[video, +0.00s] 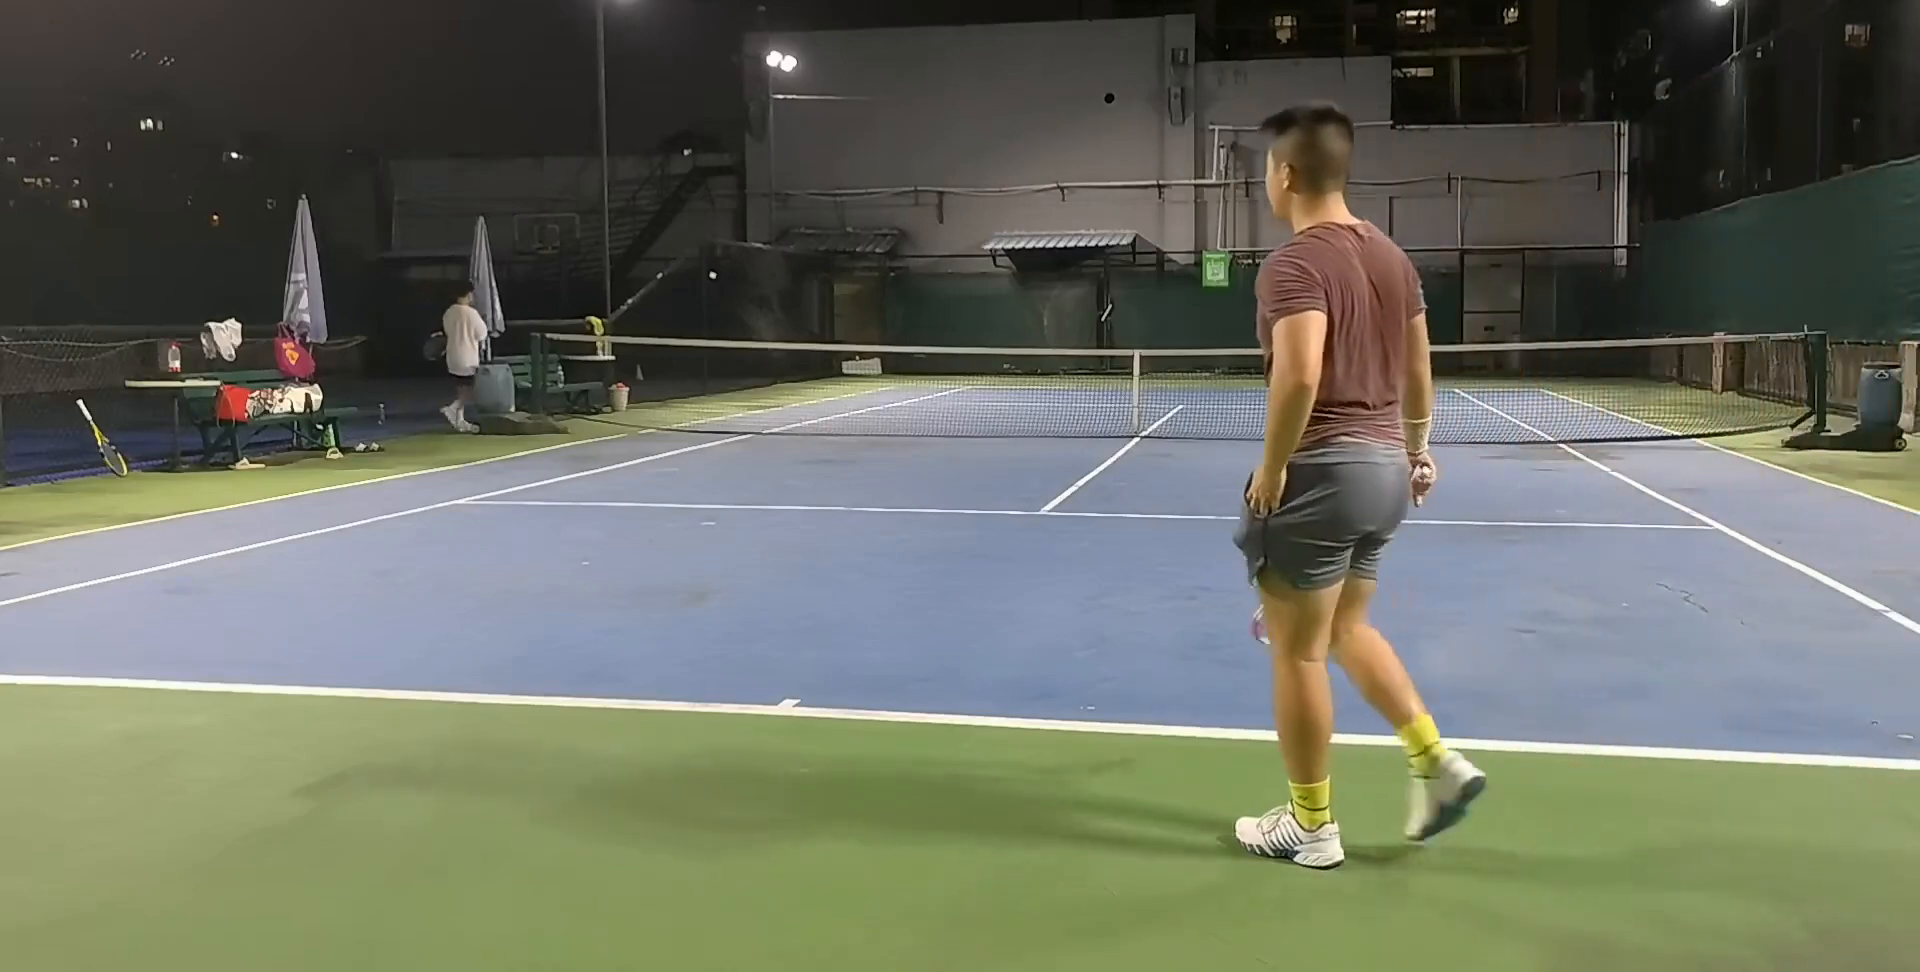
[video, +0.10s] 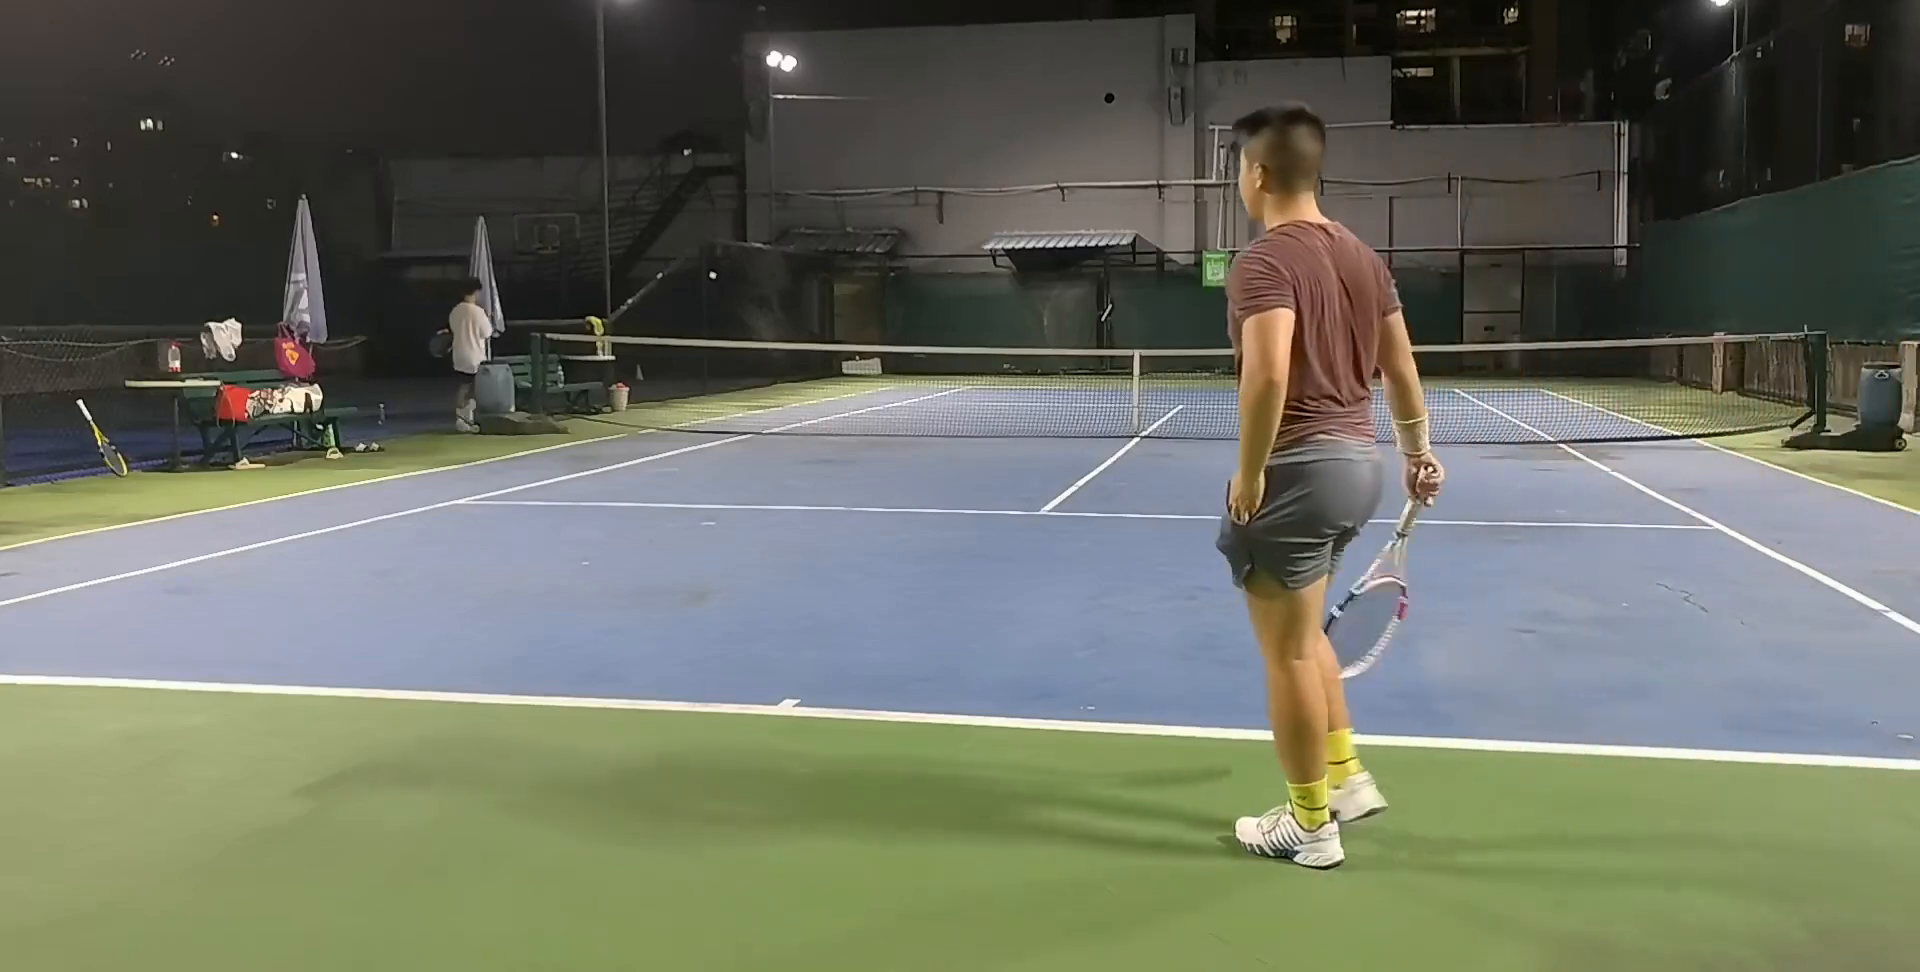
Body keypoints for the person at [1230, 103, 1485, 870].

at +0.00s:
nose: (1268, 182)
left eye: (1270, 170)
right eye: (1272, 168)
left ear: (1286, 176)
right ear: (1343, 175)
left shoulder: (1294, 262)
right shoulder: (1394, 257)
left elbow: (1299, 373)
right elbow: (1417, 367)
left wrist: (1271, 467)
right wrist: (1415, 446)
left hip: (1321, 467)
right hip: (1388, 465)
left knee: (1297, 645)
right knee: (1348, 626)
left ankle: (1310, 821)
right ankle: (1437, 761)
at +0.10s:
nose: (1241, 180)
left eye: (1244, 167)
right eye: (1244, 166)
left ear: (1258, 176)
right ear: (1315, 175)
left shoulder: (1263, 261)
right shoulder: (1364, 257)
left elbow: (1268, 373)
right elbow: (1400, 367)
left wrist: (1249, 473)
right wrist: (1417, 447)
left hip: (1297, 467)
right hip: (1362, 465)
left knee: (1288, 646)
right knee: (1303, 622)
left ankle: (1309, 821)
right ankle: (1343, 774)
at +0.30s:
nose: (1188, 190)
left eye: (1192, 179)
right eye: (1192, 178)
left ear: (1207, 185)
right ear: (1265, 188)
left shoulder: (1210, 265)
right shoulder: (1308, 267)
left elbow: (1217, 376)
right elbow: (1350, 372)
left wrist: (1202, 477)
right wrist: (1387, 460)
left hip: (1245, 468)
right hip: (1304, 465)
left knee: (1267, 651)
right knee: (1217, 620)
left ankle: (1310, 821)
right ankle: (1166, 766)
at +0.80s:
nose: (1093, 194)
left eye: (1094, 184)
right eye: (1101, 184)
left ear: (1102, 188)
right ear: (1161, 190)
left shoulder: (1108, 257)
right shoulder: (1180, 268)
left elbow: (1109, 362)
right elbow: (1176, 378)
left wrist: (1077, 460)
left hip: (1119, 453)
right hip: (1174, 453)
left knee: (1044, 604)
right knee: (1147, 613)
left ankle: (1099, 760)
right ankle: (1142, 774)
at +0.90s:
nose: (1069, 197)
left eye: (1069, 189)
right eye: (1074, 190)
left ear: (1076, 191)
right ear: (1140, 193)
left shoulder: (1084, 261)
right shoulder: (1161, 270)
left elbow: (1093, 364)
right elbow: (1158, 375)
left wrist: (1060, 458)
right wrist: (1098, 437)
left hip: (1098, 457)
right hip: (1154, 454)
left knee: (1032, 606)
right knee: (1137, 613)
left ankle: (1019, 770)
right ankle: (1141, 775)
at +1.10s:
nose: (1014, 205)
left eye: (1014, 196)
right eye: (1021, 195)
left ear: (1021, 201)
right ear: (1081, 199)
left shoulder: (1028, 273)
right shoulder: (1112, 275)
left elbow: (1040, 376)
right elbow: (1119, 372)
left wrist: (1008, 462)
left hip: (1048, 461)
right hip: (1112, 457)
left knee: (996, 615)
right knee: (1108, 614)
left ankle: (964, 757)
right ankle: (1137, 769)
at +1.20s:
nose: (982, 207)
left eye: (982, 198)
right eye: (985, 198)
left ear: (989, 201)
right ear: (1051, 198)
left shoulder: (998, 277)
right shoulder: (1087, 273)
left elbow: (1009, 387)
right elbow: (1096, 371)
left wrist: (974, 461)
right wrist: (1048, 422)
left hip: (1020, 458)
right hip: (1084, 454)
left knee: (977, 611)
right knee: (1079, 605)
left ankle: (962, 757)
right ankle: (1131, 758)